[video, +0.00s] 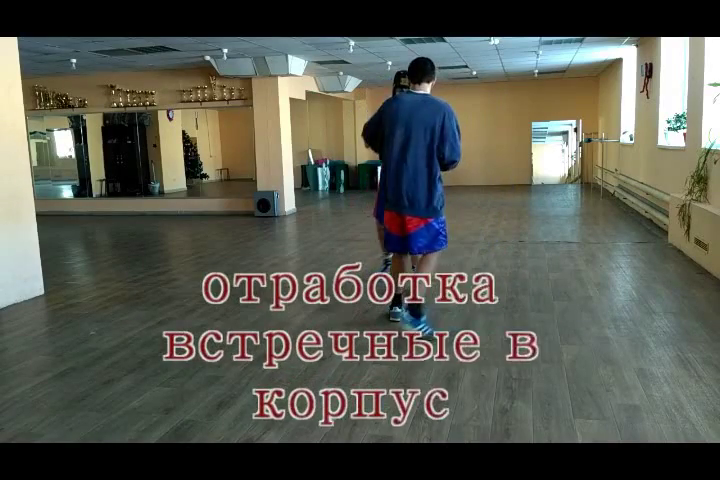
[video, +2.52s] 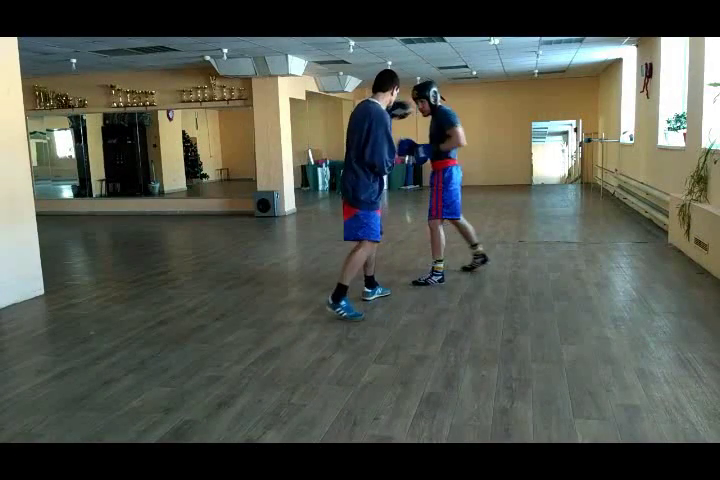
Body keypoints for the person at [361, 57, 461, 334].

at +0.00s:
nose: (433, 83)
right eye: (434, 79)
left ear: (409, 78)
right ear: (432, 80)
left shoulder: (392, 105)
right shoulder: (442, 110)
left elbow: (369, 134)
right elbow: (450, 158)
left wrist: (390, 153)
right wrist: (429, 165)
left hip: (392, 193)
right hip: (425, 195)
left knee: (399, 250)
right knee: (430, 251)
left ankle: (397, 305)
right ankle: (415, 316)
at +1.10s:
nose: (413, 92)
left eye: (412, 89)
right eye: (413, 89)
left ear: (387, 86)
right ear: (410, 89)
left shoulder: (371, 111)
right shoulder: (413, 115)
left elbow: (368, 146)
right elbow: (420, 162)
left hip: (375, 190)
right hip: (402, 193)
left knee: (382, 248)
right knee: (405, 256)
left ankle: (386, 296)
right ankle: (403, 316)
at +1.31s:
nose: (407, 90)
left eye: (406, 86)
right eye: (408, 86)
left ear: (384, 84)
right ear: (406, 86)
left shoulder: (370, 107)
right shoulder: (406, 112)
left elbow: (371, 144)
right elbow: (412, 159)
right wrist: (424, 146)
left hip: (370, 184)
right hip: (396, 188)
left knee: (380, 243)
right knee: (403, 246)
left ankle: (384, 294)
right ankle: (390, 304)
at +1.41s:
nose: (405, 90)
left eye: (404, 87)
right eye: (406, 87)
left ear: (381, 86)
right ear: (403, 87)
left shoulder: (367, 108)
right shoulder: (406, 115)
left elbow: (355, 139)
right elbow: (410, 160)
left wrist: (373, 151)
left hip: (366, 184)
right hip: (392, 188)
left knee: (378, 246)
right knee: (390, 249)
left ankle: (383, 294)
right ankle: (366, 308)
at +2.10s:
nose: (401, 103)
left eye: (400, 99)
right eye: (401, 99)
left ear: (378, 95)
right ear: (397, 98)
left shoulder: (362, 117)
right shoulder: (392, 123)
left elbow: (353, 150)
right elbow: (396, 165)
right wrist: (398, 181)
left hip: (355, 185)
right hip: (374, 188)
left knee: (377, 238)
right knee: (377, 245)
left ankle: (370, 287)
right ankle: (365, 308)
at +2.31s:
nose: (397, 100)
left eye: (397, 96)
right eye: (398, 96)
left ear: (375, 90)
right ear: (394, 94)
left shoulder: (367, 109)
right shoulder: (381, 116)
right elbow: (387, 159)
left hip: (360, 183)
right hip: (369, 186)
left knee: (375, 238)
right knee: (378, 240)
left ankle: (370, 285)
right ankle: (364, 301)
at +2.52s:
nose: (396, 97)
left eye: (396, 94)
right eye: (396, 93)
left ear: (375, 87)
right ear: (392, 91)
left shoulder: (362, 109)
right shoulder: (377, 114)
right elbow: (379, 160)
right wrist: (392, 160)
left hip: (356, 182)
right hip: (366, 187)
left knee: (370, 237)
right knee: (369, 241)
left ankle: (370, 285)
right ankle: (337, 297)